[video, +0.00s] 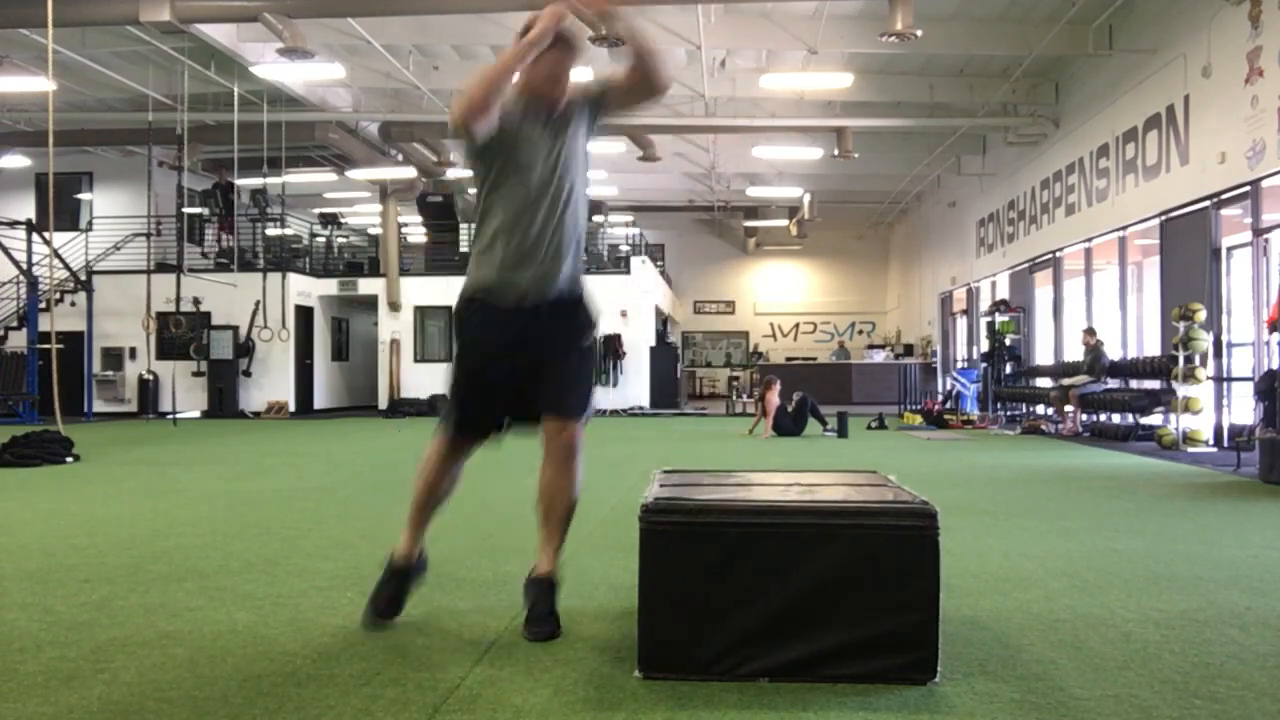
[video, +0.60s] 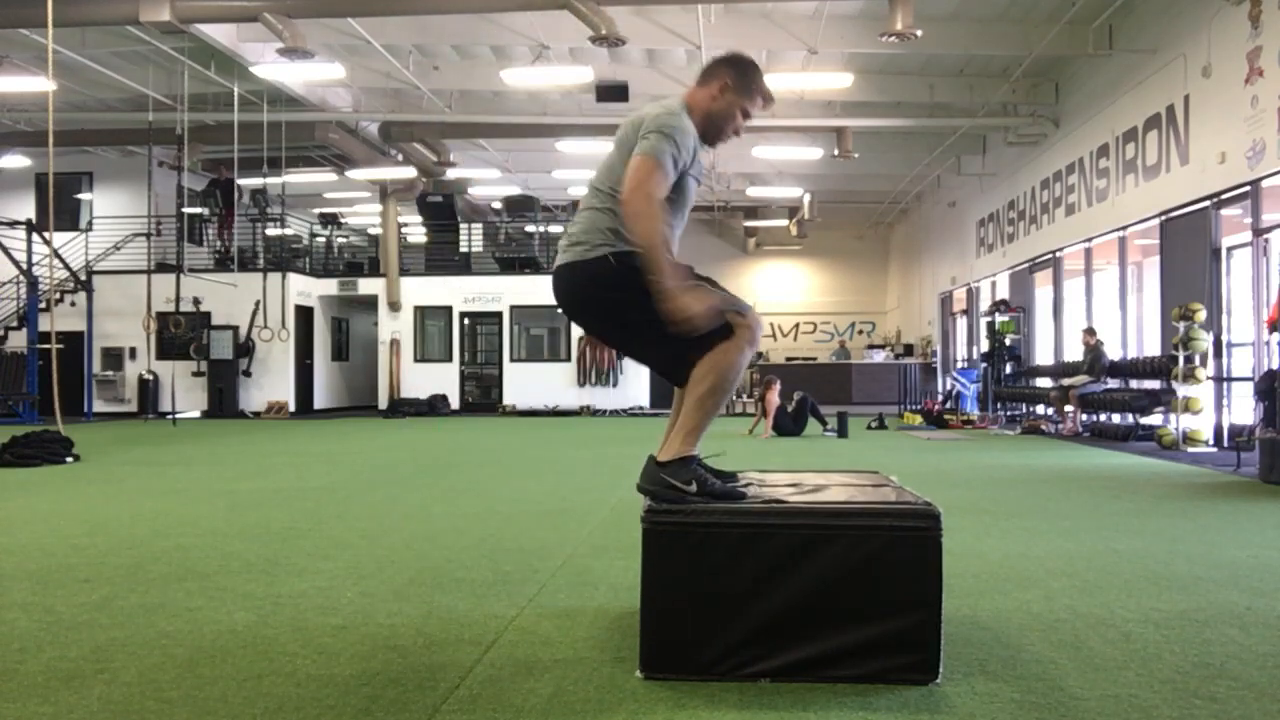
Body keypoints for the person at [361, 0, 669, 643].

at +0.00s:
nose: (562, 68)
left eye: (571, 57)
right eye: (551, 55)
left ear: (580, 65)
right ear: (523, 59)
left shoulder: (581, 109)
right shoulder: (498, 114)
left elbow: (652, 80)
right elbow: (467, 113)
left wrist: (622, 24)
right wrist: (528, 38)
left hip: (560, 305)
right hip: (490, 305)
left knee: (565, 433)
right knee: (457, 438)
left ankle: (544, 575)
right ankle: (406, 555)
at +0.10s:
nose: (622, 31)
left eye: (627, 22)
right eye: (615, 18)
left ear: (621, 22)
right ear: (579, 9)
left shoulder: (611, 63)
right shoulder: (530, 47)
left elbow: (670, 75)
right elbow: (455, 66)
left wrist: (712, 52)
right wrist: (536, 61)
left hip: (575, 230)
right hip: (516, 230)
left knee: (604, 358)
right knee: (522, 370)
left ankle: (559, 497)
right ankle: (460, 476)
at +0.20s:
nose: (666, 40)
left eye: (673, 33)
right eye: (663, 26)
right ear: (632, 6)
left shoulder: (640, 72)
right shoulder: (570, 32)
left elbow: (686, 118)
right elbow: (485, 54)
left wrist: (733, 135)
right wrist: (506, 131)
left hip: (576, 205)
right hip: (524, 196)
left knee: (656, 289)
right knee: (606, 289)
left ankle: (580, 402)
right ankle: (534, 408)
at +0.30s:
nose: (706, 72)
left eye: (713, 64)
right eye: (706, 57)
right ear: (680, 30)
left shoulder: (664, 102)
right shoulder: (609, 52)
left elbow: (680, 172)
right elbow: (517, 89)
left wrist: (733, 231)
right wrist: (483, 172)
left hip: (589, 200)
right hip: (542, 194)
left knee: (685, 263)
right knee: (662, 264)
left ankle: (637, 400)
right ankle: (624, 409)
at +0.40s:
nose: (732, 101)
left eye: (739, 94)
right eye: (734, 86)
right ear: (708, 59)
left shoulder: (679, 122)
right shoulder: (641, 83)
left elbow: (651, 205)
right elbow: (552, 124)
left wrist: (679, 268)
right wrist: (516, 212)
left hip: (618, 234)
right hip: (579, 228)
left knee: (708, 309)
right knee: (699, 307)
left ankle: (675, 456)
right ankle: (665, 457)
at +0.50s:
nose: (744, 131)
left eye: (750, 124)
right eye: (746, 116)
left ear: (721, 93)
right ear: (722, 89)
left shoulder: (686, 146)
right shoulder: (666, 116)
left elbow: (645, 232)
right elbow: (599, 181)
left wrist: (636, 318)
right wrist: (581, 274)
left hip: (632, 266)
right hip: (617, 259)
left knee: (703, 342)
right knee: (741, 321)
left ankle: (673, 459)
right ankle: (676, 457)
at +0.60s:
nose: (740, 129)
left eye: (747, 121)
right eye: (742, 114)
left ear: (716, 90)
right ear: (719, 88)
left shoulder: (674, 133)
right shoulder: (672, 122)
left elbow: (621, 218)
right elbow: (637, 198)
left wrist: (603, 318)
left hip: (586, 275)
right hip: (604, 264)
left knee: (709, 354)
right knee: (742, 326)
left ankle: (670, 463)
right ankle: (676, 459)